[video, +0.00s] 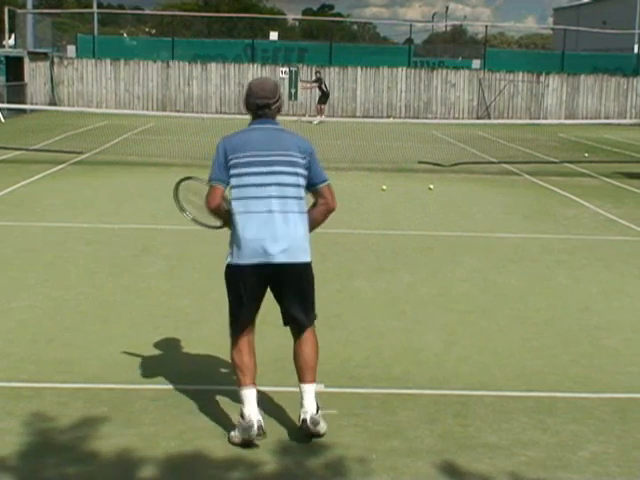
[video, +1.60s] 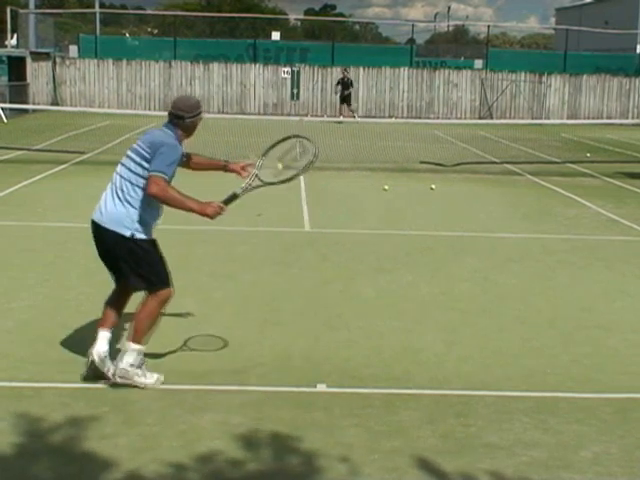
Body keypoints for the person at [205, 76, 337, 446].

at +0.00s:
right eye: (276, 102)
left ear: (247, 108)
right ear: (280, 107)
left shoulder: (229, 144)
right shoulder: (300, 145)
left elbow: (214, 202)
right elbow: (327, 202)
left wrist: (231, 218)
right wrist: (297, 229)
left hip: (247, 255)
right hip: (293, 254)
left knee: (242, 332)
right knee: (304, 327)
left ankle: (251, 418)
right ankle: (310, 412)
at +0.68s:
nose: (290, 96)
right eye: (290, 91)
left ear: (258, 93)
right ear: (288, 95)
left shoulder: (234, 127)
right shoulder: (299, 132)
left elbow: (213, 178)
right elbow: (314, 194)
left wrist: (245, 185)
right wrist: (296, 218)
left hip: (238, 229)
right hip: (280, 231)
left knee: (234, 304)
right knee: (301, 305)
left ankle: (221, 389)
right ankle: (303, 392)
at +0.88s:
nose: (289, 126)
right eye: (290, 122)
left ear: (259, 124)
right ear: (288, 126)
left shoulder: (237, 159)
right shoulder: (297, 164)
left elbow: (219, 212)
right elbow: (311, 226)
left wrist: (249, 221)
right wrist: (297, 256)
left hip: (236, 260)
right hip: (279, 262)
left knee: (214, 317)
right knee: (307, 324)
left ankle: (174, 387)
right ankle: (302, 405)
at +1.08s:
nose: (264, 125)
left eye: (262, 120)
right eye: (264, 121)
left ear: (234, 120)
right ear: (260, 124)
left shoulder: (209, 148)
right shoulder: (257, 160)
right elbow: (262, 219)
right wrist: (276, 244)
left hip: (189, 245)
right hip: (229, 250)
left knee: (183, 311)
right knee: (263, 318)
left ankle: (155, 386)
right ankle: (288, 396)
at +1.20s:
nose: (247, 120)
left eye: (245, 115)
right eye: (247, 115)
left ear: (216, 112)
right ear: (244, 118)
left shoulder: (195, 139)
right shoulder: (232, 151)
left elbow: (213, 185)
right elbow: (230, 206)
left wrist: (258, 191)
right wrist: (256, 229)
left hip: (164, 233)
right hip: (198, 240)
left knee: (170, 300)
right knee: (232, 304)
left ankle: (142, 366)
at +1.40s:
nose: (217, 127)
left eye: (215, 122)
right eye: (217, 123)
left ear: (188, 121)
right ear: (214, 127)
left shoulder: (169, 144)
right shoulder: (193, 155)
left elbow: (201, 174)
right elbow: (189, 203)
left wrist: (241, 175)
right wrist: (232, 223)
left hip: (128, 233)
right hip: (159, 241)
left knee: (136, 296)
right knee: (190, 309)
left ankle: (100, 366)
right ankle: (178, 391)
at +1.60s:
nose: (198, 126)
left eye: (197, 121)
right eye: (198, 122)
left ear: (172, 117)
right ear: (193, 123)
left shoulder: (154, 135)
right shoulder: (169, 145)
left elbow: (186, 160)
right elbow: (156, 188)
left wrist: (227, 166)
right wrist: (200, 207)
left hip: (104, 222)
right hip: (129, 230)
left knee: (126, 284)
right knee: (161, 291)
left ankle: (99, 351)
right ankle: (129, 363)